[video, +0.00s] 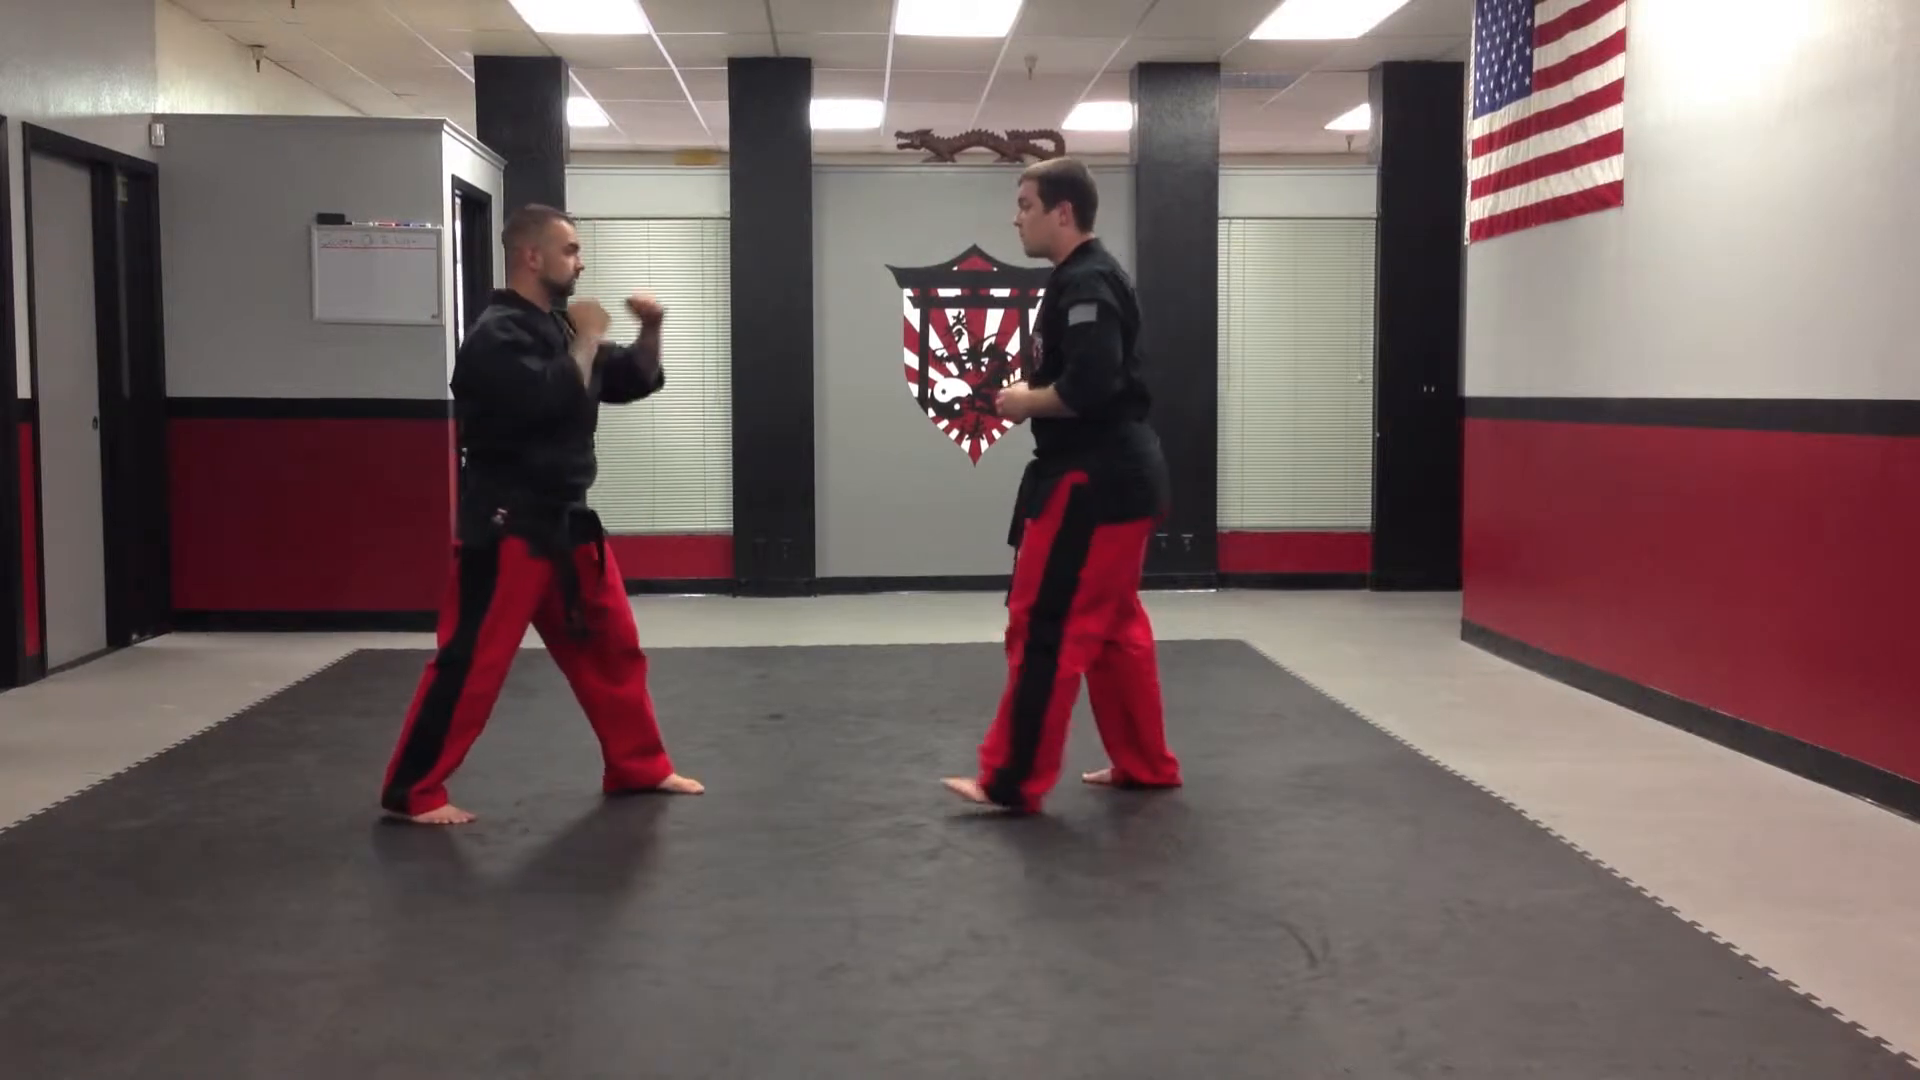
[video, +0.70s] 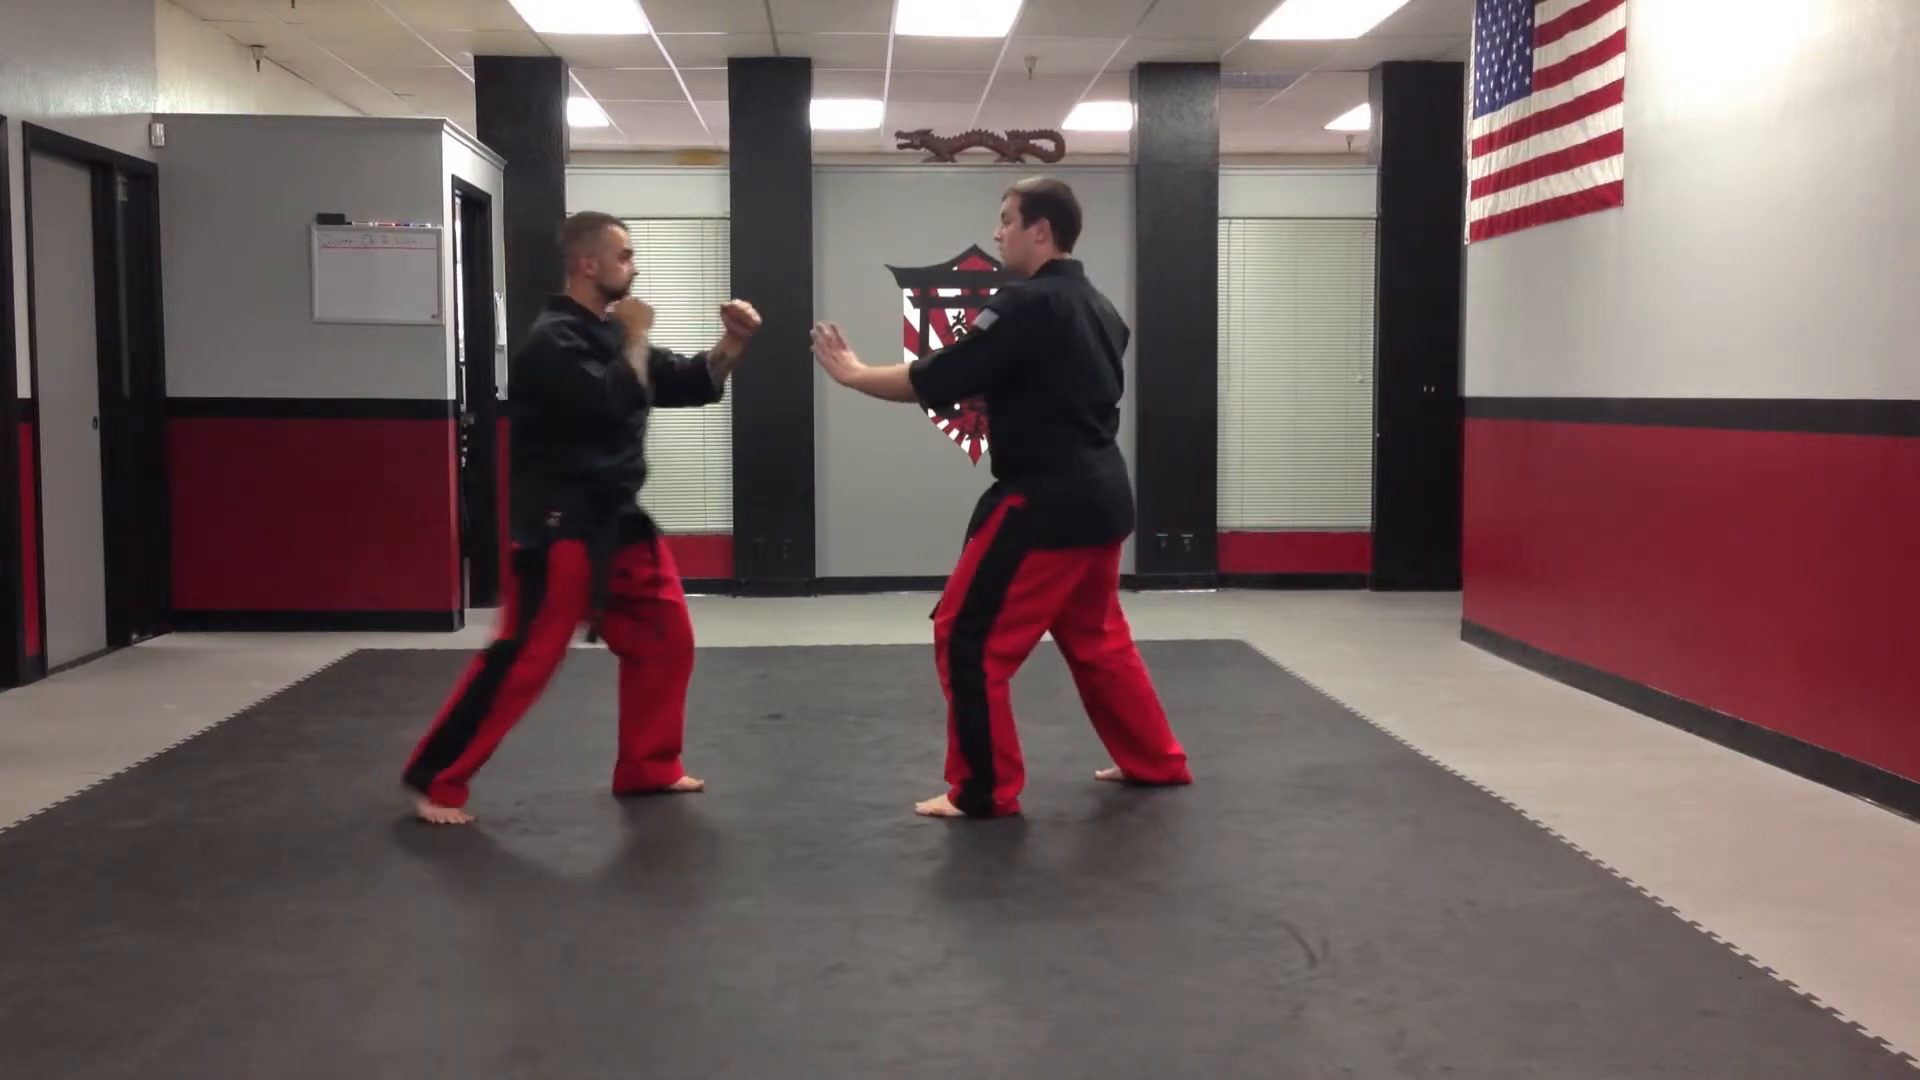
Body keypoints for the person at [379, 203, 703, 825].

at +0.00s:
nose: (579, 262)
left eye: (578, 251)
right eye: (568, 251)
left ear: (540, 257)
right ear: (529, 255)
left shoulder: (558, 330)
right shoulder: (493, 335)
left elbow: (630, 381)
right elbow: (547, 397)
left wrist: (649, 332)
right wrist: (586, 343)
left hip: (567, 518)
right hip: (504, 523)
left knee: (610, 647)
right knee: (472, 663)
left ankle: (637, 768)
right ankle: (411, 792)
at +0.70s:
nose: (633, 268)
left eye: (632, 257)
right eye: (623, 257)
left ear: (590, 265)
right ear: (583, 263)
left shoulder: (610, 335)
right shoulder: (549, 339)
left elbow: (686, 384)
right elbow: (609, 403)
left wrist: (730, 347)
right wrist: (636, 340)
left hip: (618, 519)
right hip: (558, 524)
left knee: (664, 640)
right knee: (525, 657)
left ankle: (647, 769)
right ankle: (436, 781)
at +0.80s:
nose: (656, 263)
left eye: (655, 252)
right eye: (646, 253)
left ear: (619, 259)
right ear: (609, 258)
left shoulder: (636, 331)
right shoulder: (582, 336)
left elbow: (692, 390)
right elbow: (643, 399)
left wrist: (736, 353)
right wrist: (667, 336)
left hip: (644, 511)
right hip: (592, 518)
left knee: (673, 641)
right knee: (615, 641)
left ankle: (646, 769)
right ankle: (506, 761)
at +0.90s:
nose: (684, 261)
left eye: (682, 250)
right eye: (673, 250)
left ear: (646, 260)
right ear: (635, 258)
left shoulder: (648, 326)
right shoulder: (625, 330)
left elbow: (694, 398)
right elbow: (690, 393)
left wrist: (733, 364)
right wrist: (721, 338)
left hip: (658, 501)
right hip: (625, 506)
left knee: (689, 628)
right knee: (687, 630)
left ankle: (658, 760)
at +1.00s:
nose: (715, 261)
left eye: (713, 249)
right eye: (704, 250)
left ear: (665, 260)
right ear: (667, 257)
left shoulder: (633, 330)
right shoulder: (675, 331)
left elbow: (611, 430)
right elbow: (751, 362)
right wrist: (798, 315)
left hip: (636, 511)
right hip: (672, 510)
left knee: (679, 636)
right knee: (743, 619)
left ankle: (649, 765)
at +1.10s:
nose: (755, 262)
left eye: (752, 251)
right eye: (744, 252)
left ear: (698, 263)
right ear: (707, 259)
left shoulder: (650, 333)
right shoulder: (727, 320)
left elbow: (640, 423)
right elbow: (808, 313)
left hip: (659, 516)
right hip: (711, 518)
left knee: (680, 641)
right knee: (780, 637)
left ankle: (649, 766)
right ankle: (851, 766)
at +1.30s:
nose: (813, 270)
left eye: (812, 260)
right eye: (806, 260)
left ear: (753, 269)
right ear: (774, 265)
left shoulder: (704, 338)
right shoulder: (796, 328)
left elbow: (668, 428)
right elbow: (865, 329)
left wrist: (734, 425)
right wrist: (925, 308)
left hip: (722, 524)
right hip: (790, 524)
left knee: (731, 647)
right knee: (865, 650)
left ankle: (665, 766)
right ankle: (890, 791)